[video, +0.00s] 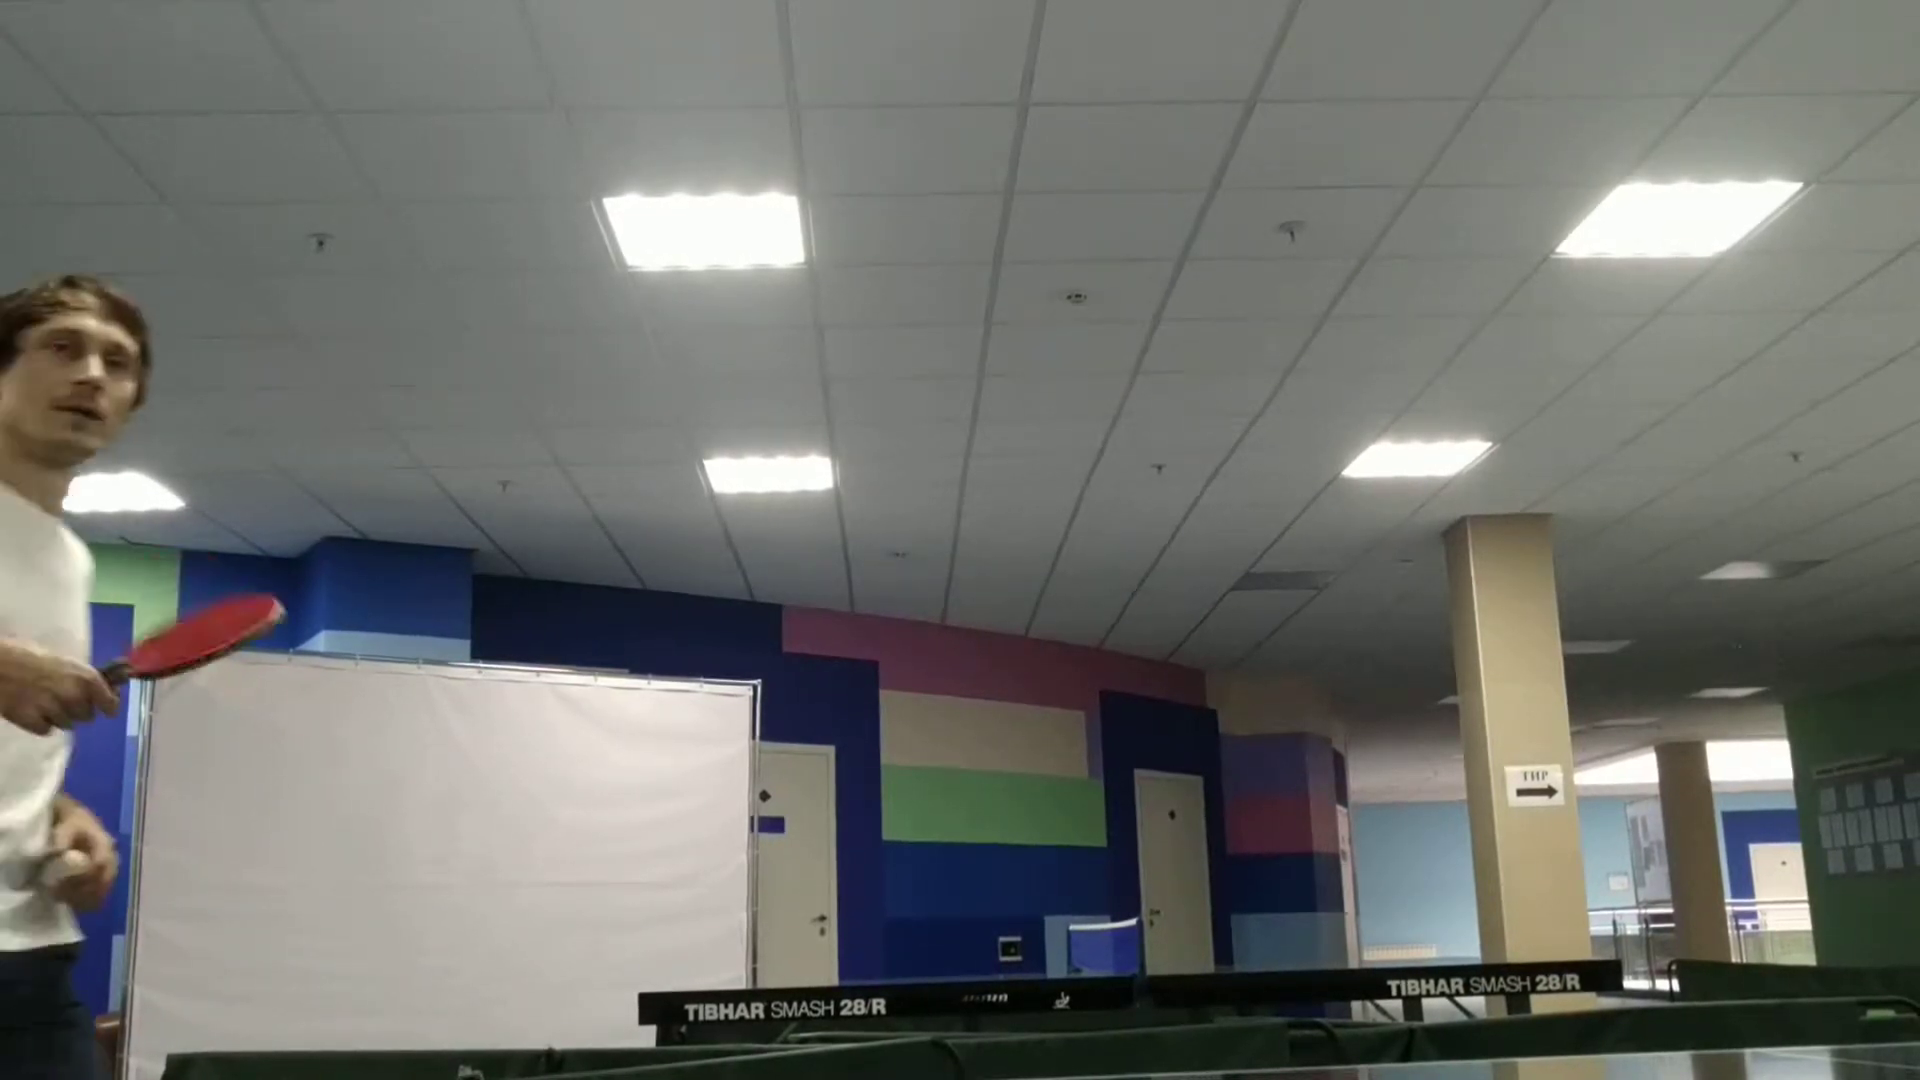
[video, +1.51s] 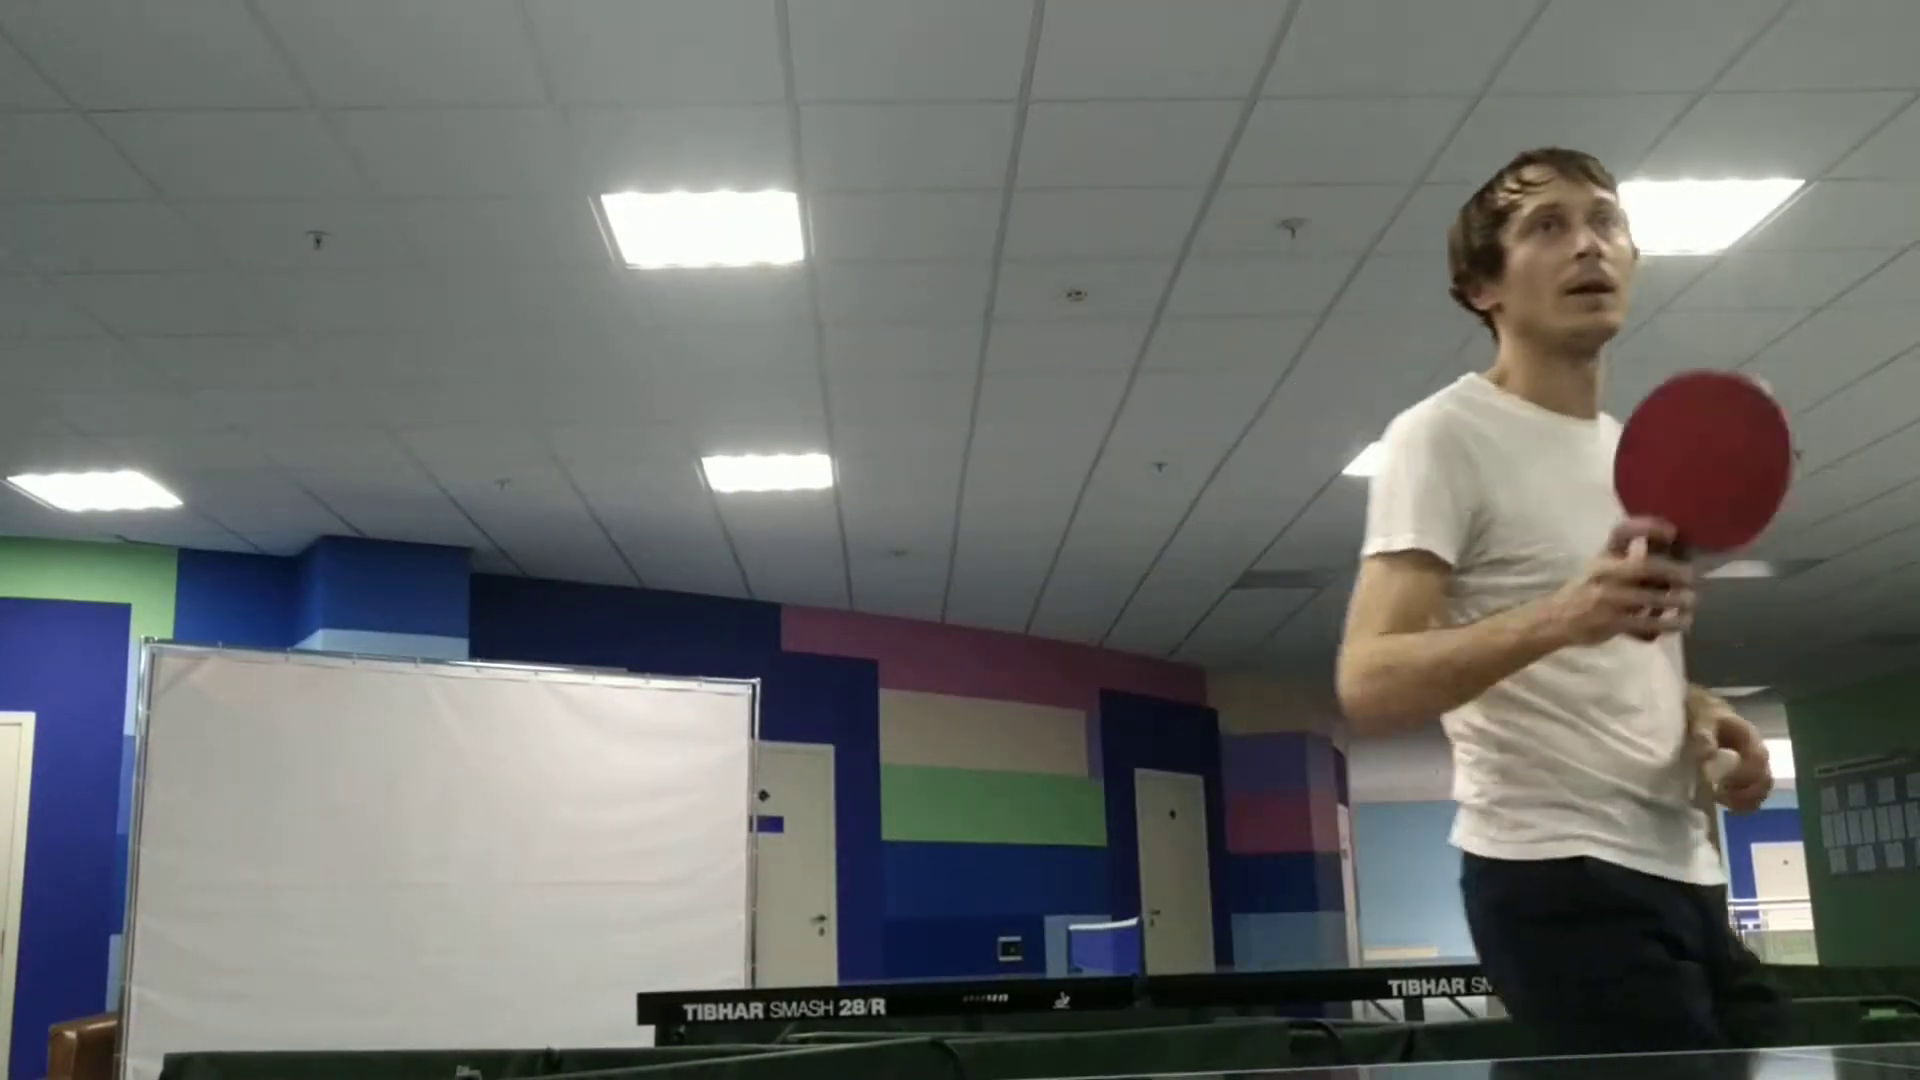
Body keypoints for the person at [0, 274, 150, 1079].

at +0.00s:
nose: (91, 373)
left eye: (116, 361)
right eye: (62, 346)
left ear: (132, 403)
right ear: (6, 367)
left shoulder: (72, 559)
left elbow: (26, 754)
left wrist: (65, 815)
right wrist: (5, 666)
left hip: (35, 949)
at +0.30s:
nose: (387, 318)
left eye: (415, 304)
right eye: (359, 294)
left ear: (438, 353)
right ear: (298, 331)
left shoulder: (400, 523)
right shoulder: (212, 443)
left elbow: (355, 713)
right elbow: (37, 647)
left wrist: (408, 799)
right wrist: (233, 717)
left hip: (343, 912)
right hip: (216, 893)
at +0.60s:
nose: (727, 293)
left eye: (749, 275)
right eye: (694, 270)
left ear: (774, 318)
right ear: (631, 312)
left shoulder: (716, 492)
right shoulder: (579, 435)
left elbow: (694, 701)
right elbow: (458, 664)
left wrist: (782, 774)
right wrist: (678, 715)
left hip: (720, 883)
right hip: (640, 883)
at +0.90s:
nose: (1090, 284)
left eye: (1107, 266)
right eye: (1055, 261)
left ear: (1127, 307)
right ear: (986, 307)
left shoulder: (1048, 467)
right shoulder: (950, 407)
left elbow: (992, 691)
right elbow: (867, 604)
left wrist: (1107, 757)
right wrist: (1123, 568)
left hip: (1075, 880)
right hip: (979, 871)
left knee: (1121, 1064)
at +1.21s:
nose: (1369, 252)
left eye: (1387, 233)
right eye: (1332, 232)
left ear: (1408, 276)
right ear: (1268, 281)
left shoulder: (1358, 460)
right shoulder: (1222, 398)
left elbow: (1342, 651)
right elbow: (1127, 620)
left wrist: (1434, 730)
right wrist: (1347, 682)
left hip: (1387, 852)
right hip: (1285, 847)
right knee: (1447, 1069)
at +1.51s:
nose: (1590, 243)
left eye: (1606, 223)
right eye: (1548, 226)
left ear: (1634, 264)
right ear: (1483, 287)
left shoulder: (1633, 450)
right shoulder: (1442, 434)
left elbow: (1637, 662)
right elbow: (1367, 683)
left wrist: (1702, 714)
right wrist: (1565, 615)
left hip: (1676, 867)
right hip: (1553, 867)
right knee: (1681, 1075)